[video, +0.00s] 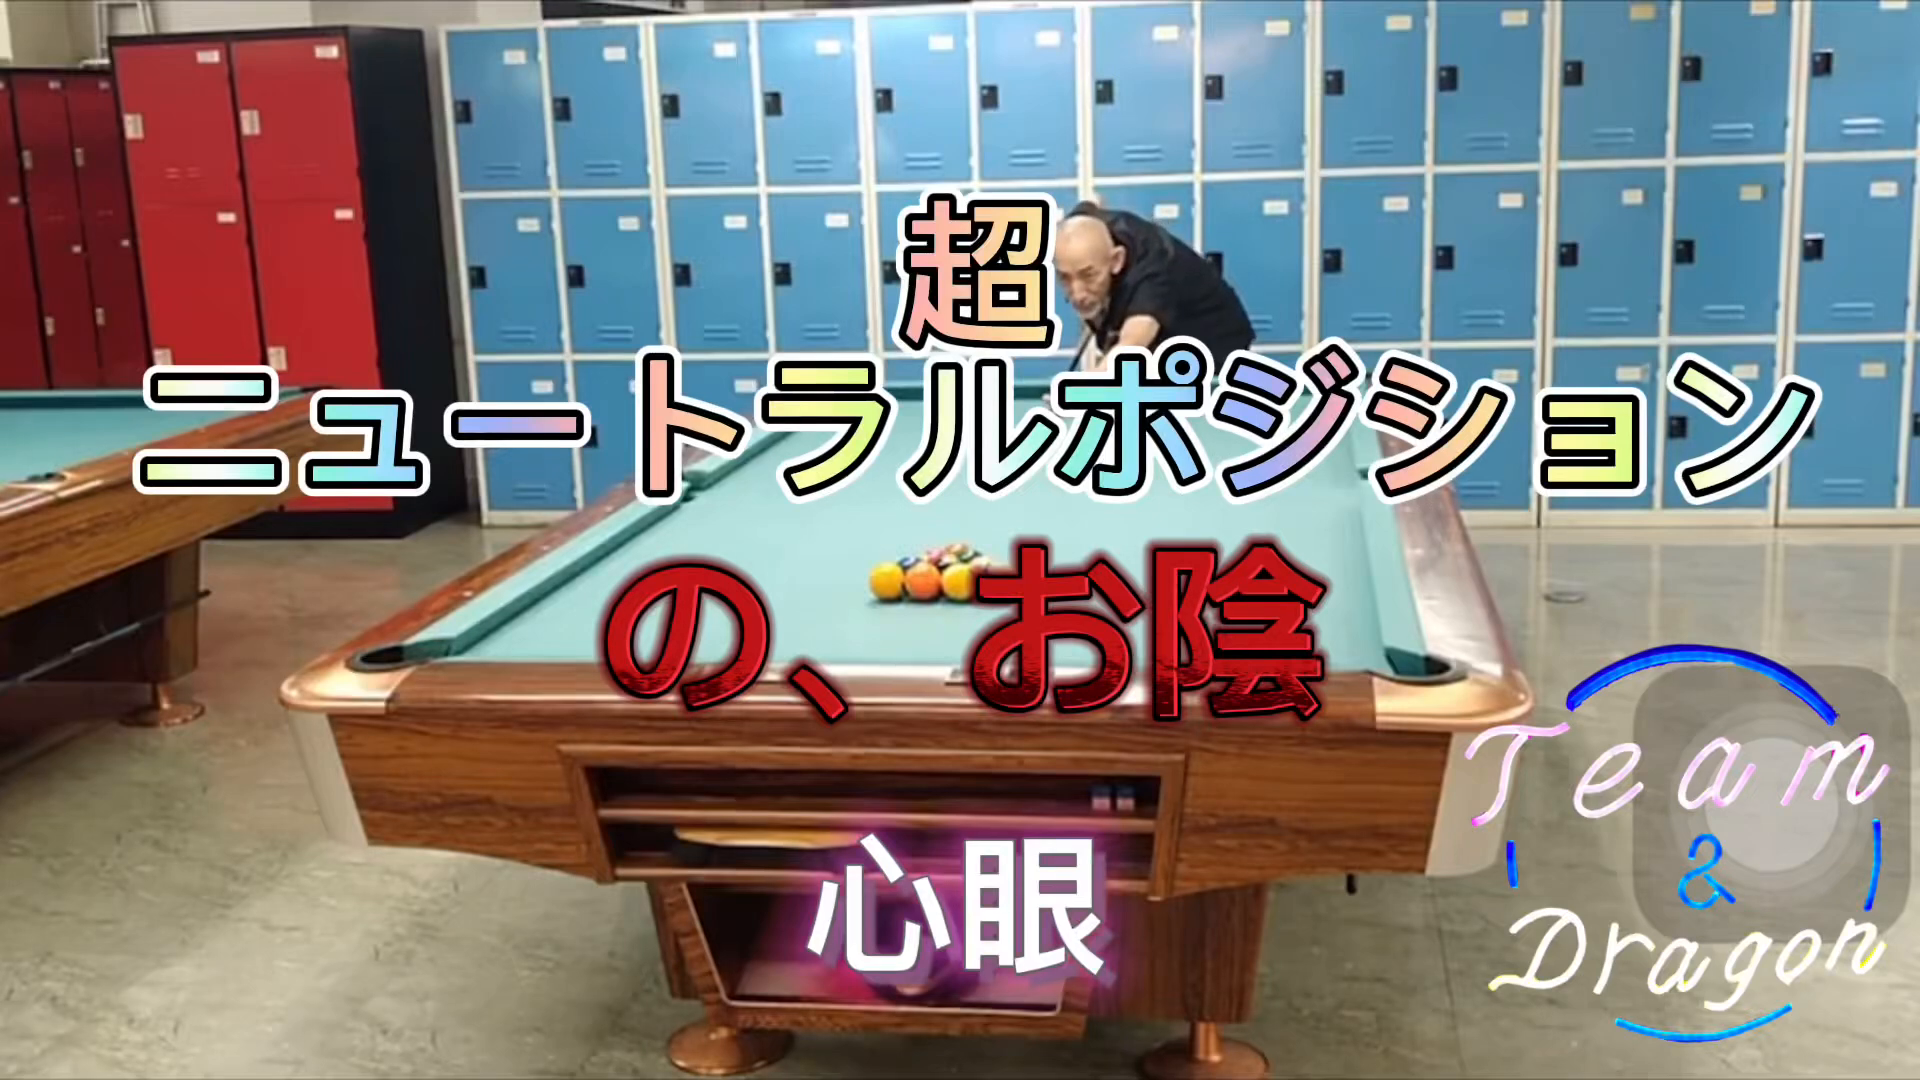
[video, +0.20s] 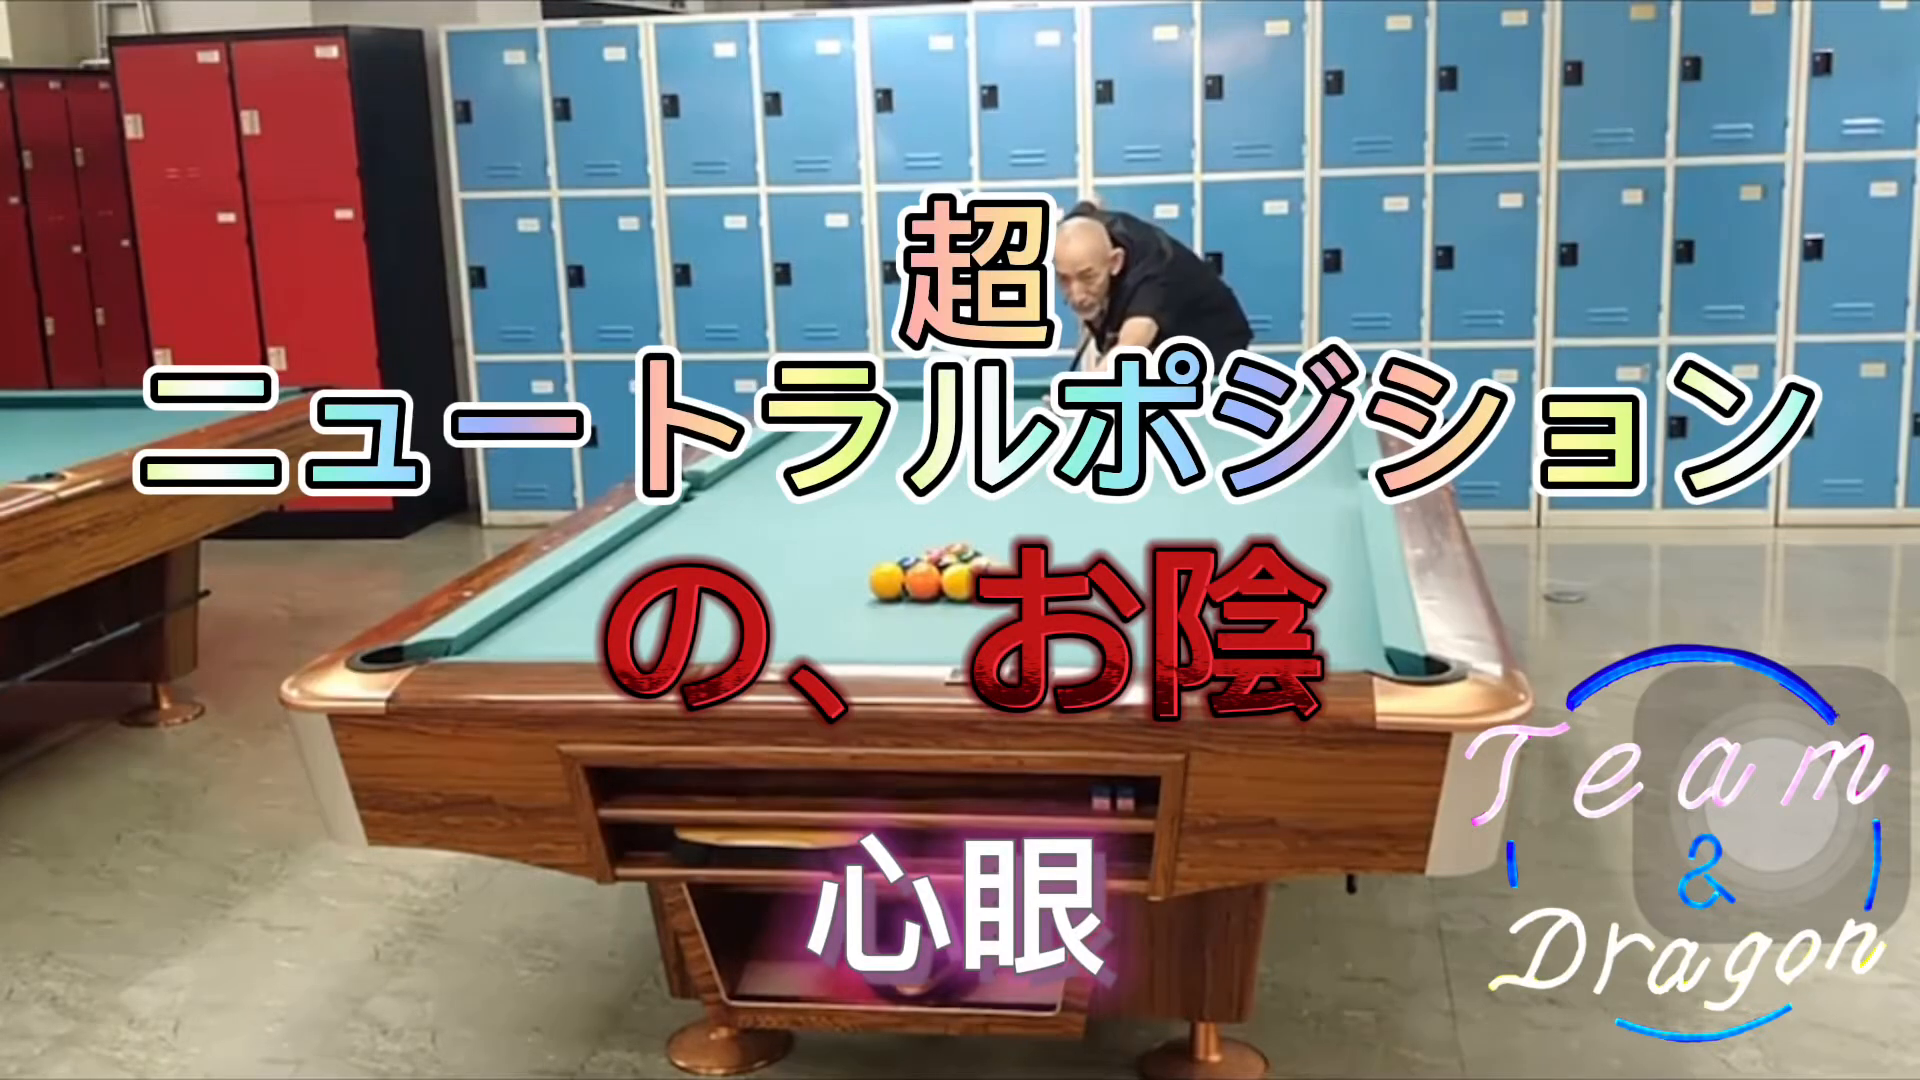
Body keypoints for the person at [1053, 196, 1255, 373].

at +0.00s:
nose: (1077, 294)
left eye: (1088, 277)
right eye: (1065, 279)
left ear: (1116, 261)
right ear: (1057, 268)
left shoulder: (1153, 268)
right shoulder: (1082, 229)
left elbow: (1130, 348)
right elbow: (1088, 205)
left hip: (1216, 346)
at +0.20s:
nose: (1076, 295)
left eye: (1087, 278)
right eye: (1064, 280)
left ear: (1115, 263)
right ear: (1057, 269)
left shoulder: (1152, 273)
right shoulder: (1081, 231)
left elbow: (1129, 350)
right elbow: (1089, 204)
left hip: (1214, 346)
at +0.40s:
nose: (1074, 297)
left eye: (1085, 280)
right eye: (1063, 283)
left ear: (1113, 264)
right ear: (1055, 273)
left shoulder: (1151, 275)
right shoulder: (1081, 233)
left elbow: (1128, 351)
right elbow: (1085, 205)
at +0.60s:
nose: (1074, 298)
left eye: (1085, 281)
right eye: (1062, 284)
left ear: (1113, 266)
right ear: (1054, 271)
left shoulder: (1151, 273)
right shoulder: (1078, 232)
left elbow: (1127, 353)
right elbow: (1084, 209)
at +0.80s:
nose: (1074, 300)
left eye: (1085, 283)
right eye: (1063, 286)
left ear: (1114, 267)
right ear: (1054, 276)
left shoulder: (1152, 278)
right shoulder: (1080, 232)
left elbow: (1128, 351)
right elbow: (1083, 208)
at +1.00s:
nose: (1075, 301)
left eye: (1085, 285)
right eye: (1063, 287)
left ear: (1114, 268)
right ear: (1054, 277)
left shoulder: (1151, 277)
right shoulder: (1078, 232)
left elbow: (1128, 350)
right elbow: (1083, 208)